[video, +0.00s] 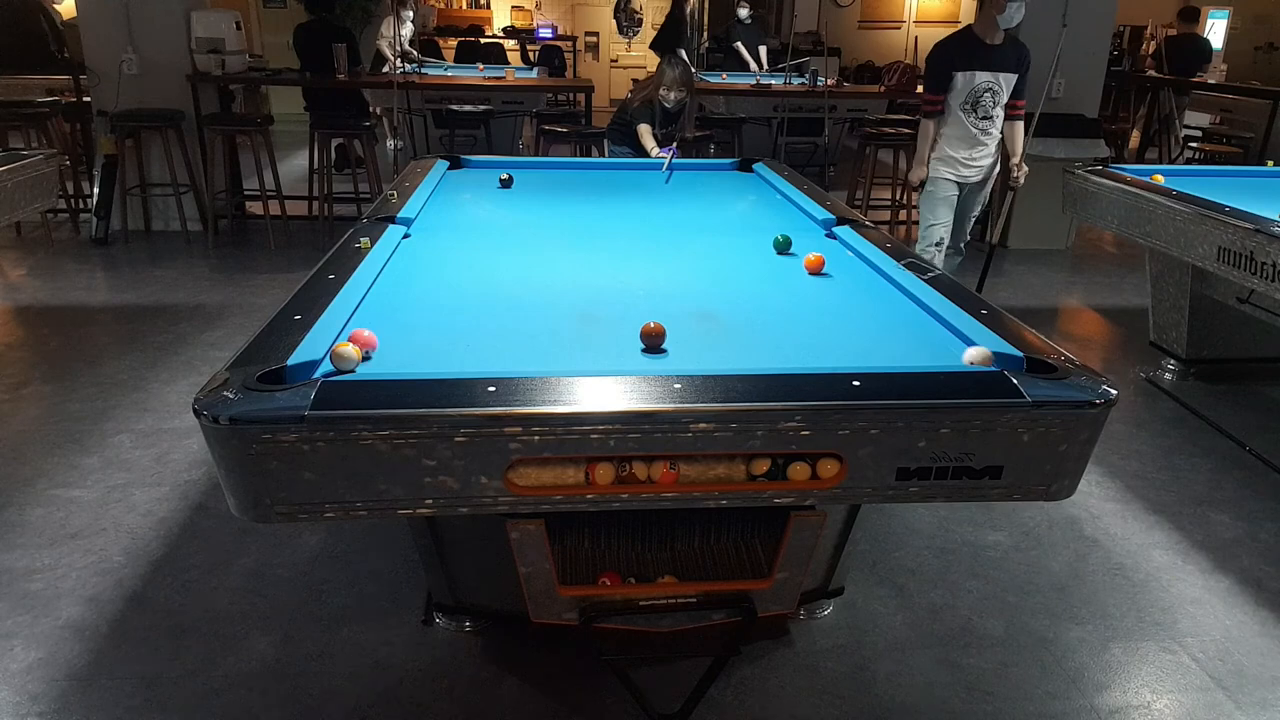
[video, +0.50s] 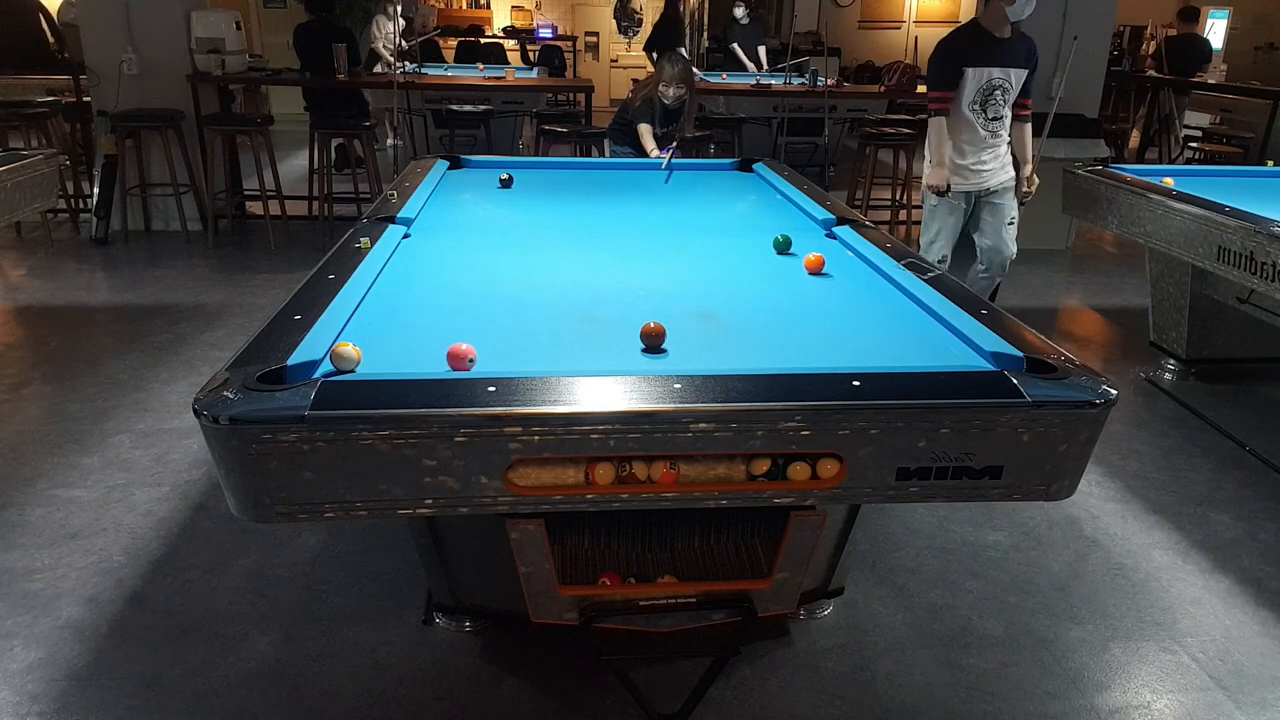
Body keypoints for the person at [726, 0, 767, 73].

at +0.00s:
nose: (741, 11)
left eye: (744, 8)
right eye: (739, 8)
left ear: (750, 12)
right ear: (736, 10)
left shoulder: (757, 25)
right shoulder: (732, 26)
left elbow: (762, 45)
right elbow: (738, 45)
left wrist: (765, 65)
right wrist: (751, 63)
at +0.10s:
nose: (740, 11)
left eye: (743, 8)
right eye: (738, 8)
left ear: (750, 12)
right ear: (735, 10)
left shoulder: (757, 25)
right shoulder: (732, 25)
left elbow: (762, 46)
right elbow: (736, 45)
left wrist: (765, 66)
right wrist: (750, 63)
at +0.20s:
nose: (739, 11)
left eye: (742, 8)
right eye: (737, 8)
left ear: (749, 11)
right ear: (734, 10)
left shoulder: (757, 25)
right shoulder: (731, 25)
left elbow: (761, 46)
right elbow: (735, 45)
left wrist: (765, 66)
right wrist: (749, 64)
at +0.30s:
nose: (738, 11)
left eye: (742, 8)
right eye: (736, 8)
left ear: (748, 11)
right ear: (734, 10)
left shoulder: (757, 25)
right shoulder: (731, 25)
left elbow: (761, 46)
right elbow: (734, 46)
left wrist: (765, 65)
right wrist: (748, 64)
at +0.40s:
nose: (737, 11)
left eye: (740, 8)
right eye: (735, 8)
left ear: (748, 11)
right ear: (733, 10)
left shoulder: (756, 25)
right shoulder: (730, 25)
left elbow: (761, 46)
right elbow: (734, 46)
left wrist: (765, 66)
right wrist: (748, 64)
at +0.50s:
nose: (736, 11)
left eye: (739, 7)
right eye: (735, 7)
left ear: (747, 10)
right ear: (732, 10)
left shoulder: (756, 25)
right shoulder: (730, 25)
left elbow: (761, 46)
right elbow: (734, 46)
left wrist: (765, 66)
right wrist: (748, 64)